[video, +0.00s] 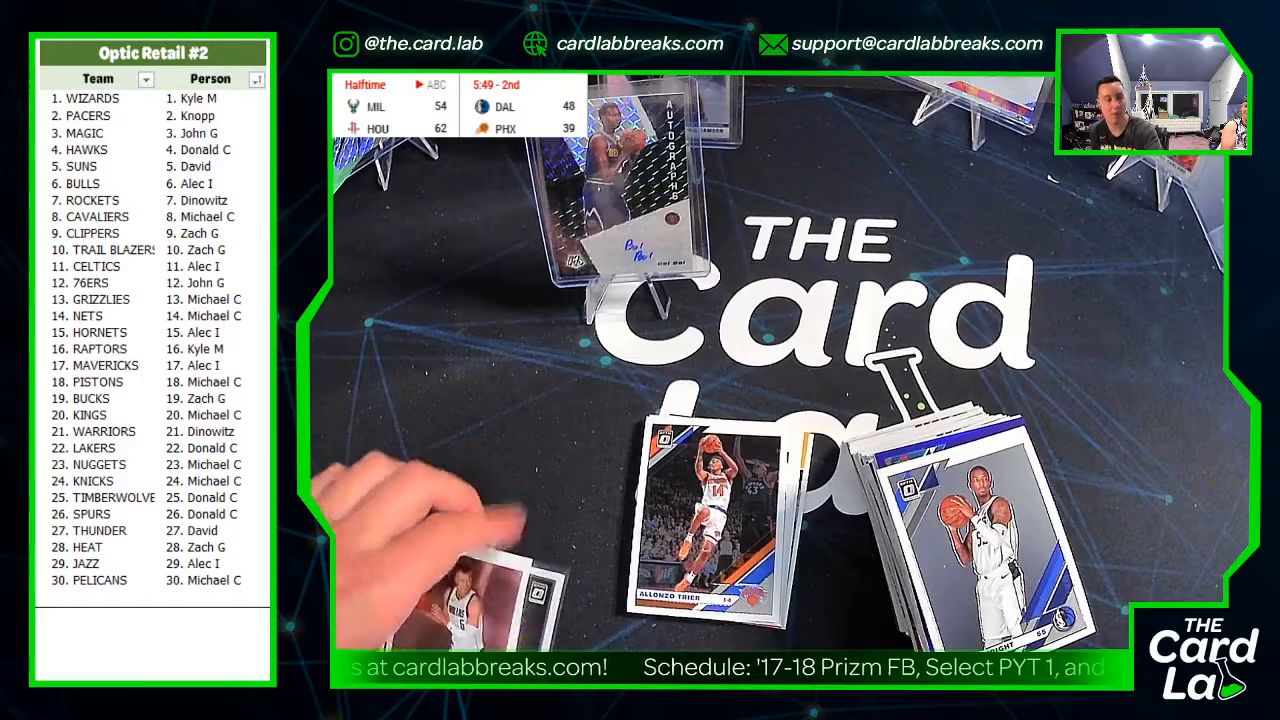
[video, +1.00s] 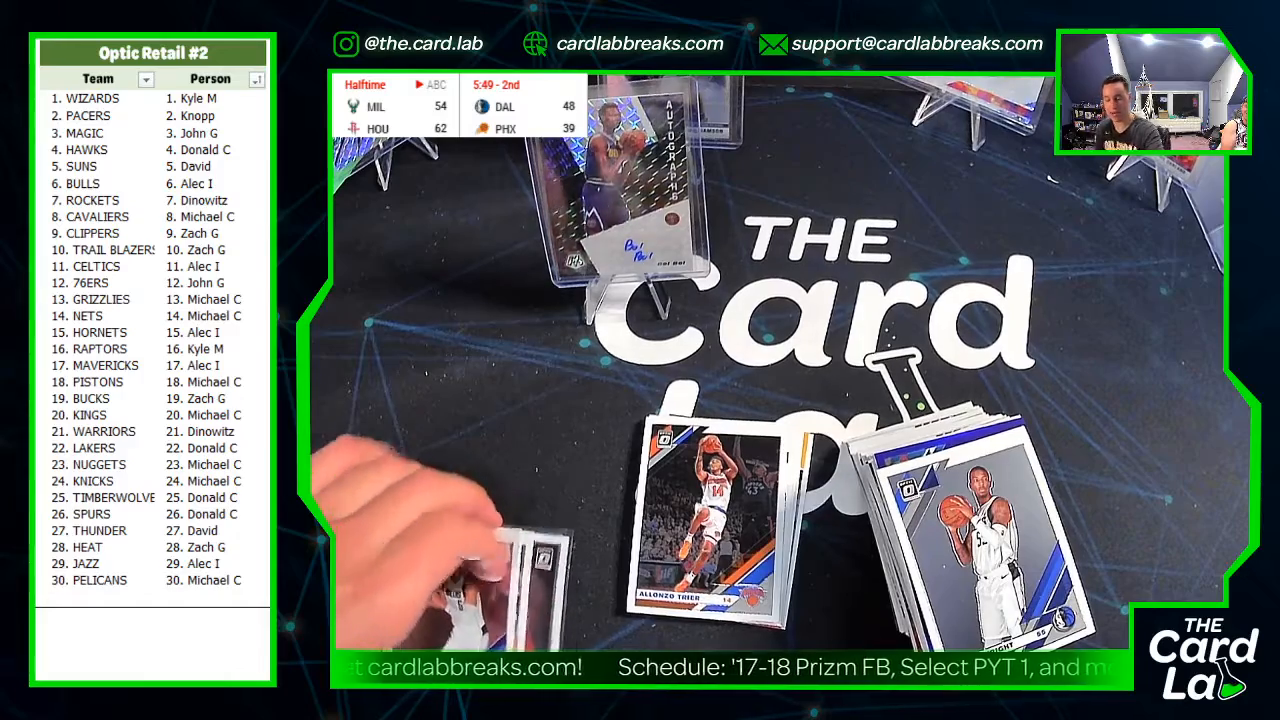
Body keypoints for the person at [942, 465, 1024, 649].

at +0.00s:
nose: (980, 483)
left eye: (984, 479)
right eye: (976, 480)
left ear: (990, 481)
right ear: (970, 485)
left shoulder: (1000, 504)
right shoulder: (974, 517)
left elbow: (996, 538)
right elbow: (965, 559)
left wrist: (972, 516)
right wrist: (953, 530)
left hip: (1007, 579)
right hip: (985, 585)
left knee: (1018, 632)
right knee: (992, 640)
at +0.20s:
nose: (980, 483)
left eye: (984, 479)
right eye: (976, 480)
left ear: (990, 481)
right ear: (970, 485)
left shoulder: (1000, 504)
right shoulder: (974, 517)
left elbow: (997, 538)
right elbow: (965, 559)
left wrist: (972, 516)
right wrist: (953, 531)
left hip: (1007, 579)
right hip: (985, 585)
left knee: (1018, 632)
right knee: (991, 640)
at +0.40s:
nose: (980, 483)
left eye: (983, 479)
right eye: (975, 480)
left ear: (990, 481)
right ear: (970, 485)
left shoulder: (1000, 504)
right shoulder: (974, 517)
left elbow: (997, 538)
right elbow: (965, 559)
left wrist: (972, 517)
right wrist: (953, 531)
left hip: (1007, 579)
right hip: (985, 585)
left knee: (1018, 633)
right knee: (992, 640)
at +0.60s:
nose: (980, 483)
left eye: (983, 479)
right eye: (975, 480)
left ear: (990, 482)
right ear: (970, 486)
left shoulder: (1000, 504)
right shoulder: (974, 517)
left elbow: (996, 539)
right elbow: (965, 559)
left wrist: (972, 517)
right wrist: (953, 531)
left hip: (1007, 579)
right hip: (985, 585)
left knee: (1018, 633)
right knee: (991, 641)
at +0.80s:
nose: (980, 484)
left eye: (983, 479)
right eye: (975, 480)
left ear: (990, 482)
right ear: (970, 486)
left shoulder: (1000, 504)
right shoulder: (974, 517)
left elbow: (996, 538)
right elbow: (965, 559)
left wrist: (972, 517)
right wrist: (953, 531)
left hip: (1007, 579)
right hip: (985, 585)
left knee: (1018, 633)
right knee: (991, 640)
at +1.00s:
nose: (980, 484)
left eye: (983, 479)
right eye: (975, 480)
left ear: (990, 482)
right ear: (970, 486)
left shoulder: (1000, 504)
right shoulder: (974, 517)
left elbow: (996, 538)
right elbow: (965, 559)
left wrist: (972, 517)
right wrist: (953, 531)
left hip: (1007, 579)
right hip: (985, 585)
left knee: (1018, 633)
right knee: (991, 640)